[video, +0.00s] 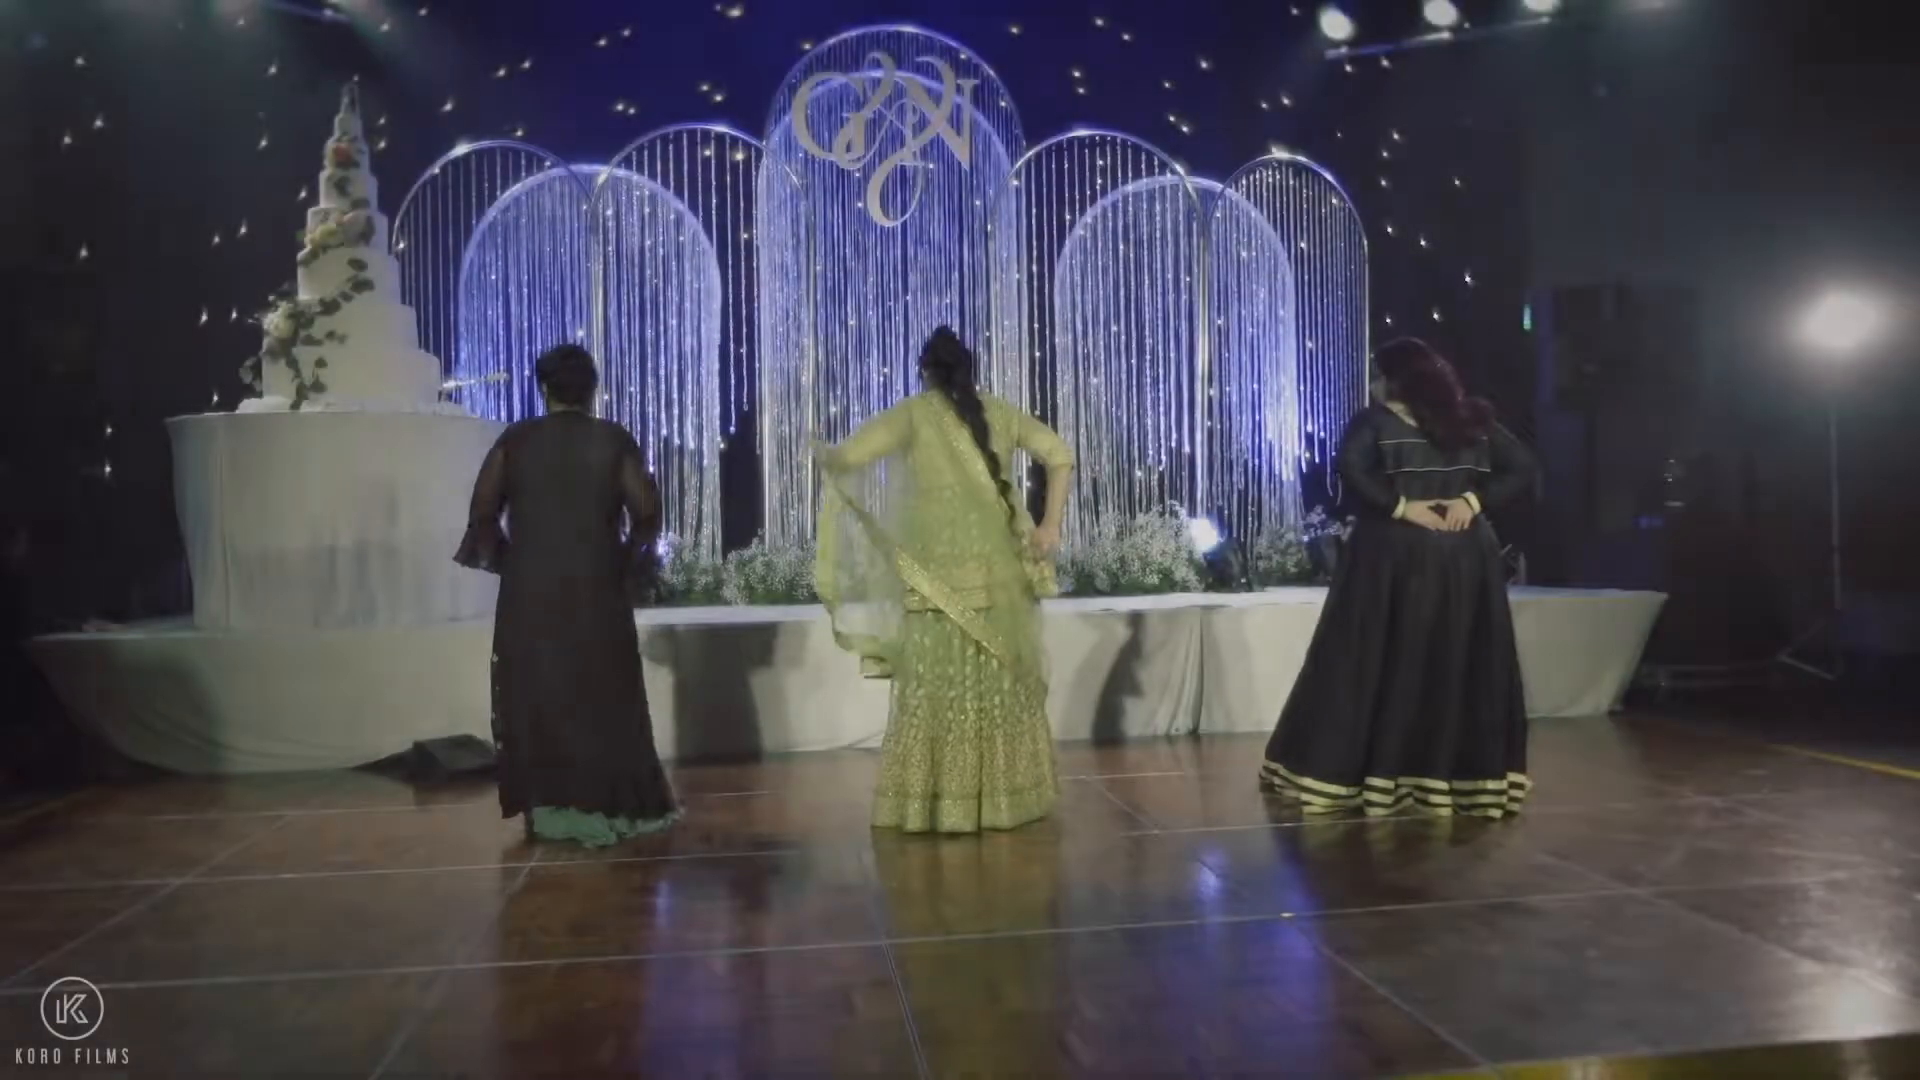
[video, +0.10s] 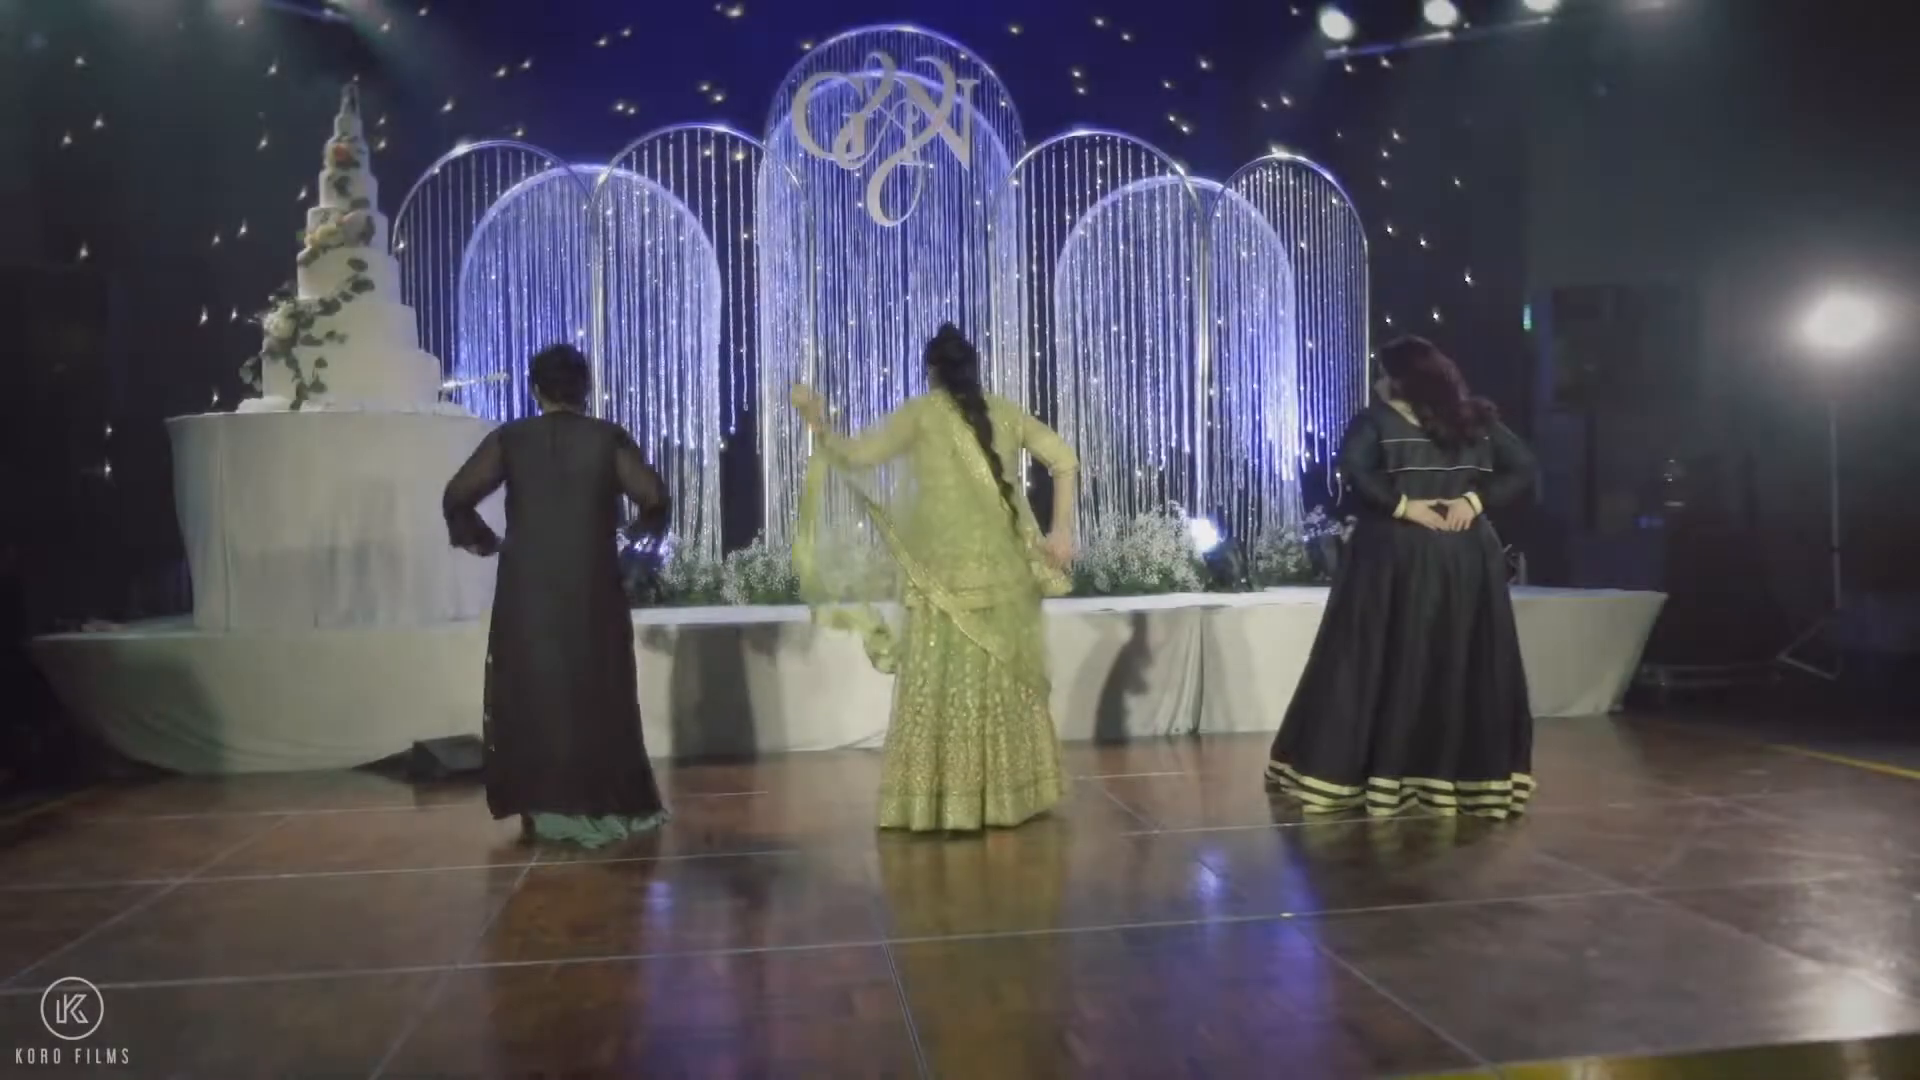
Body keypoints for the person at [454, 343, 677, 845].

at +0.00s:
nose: (571, 392)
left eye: (556, 385)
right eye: (581, 384)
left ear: (544, 389)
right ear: (592, 389)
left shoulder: (515, 441)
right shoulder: (614, 440)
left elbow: (482, 519)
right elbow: (648, 511)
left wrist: (515, 561)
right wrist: (626, 560)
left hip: (532, 591)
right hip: (595, 591)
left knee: (537, 697)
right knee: (602, 695)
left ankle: (545, 808)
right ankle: (608, 806)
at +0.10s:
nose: (555, 394)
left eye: (542, 386)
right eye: (573, 384)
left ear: (536, 391)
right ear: (585, 388)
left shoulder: (511, 437)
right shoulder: (609, 439)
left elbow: (457, 497)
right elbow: (654, 497)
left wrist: (478, 537)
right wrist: (645, 528)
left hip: (528, 588)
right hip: (590, 588)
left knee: (533, 696)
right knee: (595, 694)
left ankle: (540, 808)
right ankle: (600, 806)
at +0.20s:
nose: (541, 396)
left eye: (535, 388)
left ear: (532, 391)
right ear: (583, 390)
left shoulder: (504, 437)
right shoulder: (605, 438)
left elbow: (422, 477)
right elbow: (682, 479)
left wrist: (438, 502)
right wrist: (681, 500)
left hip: (526, 596)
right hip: (591, 595)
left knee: (533, 700)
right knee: (597, 699)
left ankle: (541, 811)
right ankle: (602, 810)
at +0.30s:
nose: (548, 394)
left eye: (537, 386)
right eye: (566, 383)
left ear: (530, 389)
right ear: (580, 388)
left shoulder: (503, 435)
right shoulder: (606, 435)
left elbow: (429, 443)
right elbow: (674, 449)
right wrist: (725, 450)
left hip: (525, 590)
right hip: (590, 590)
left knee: (533, 697)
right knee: (594, 694)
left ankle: (540, 812)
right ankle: (598, 810)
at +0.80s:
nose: (577, 395)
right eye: (581, 387)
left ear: (533, 389)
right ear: (581, 388)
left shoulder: (505, 429)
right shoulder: (605, 436)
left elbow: (431, 453)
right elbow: (679, 429)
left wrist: (382, 503)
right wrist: (698, 369)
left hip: (521, 585)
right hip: (585, 585)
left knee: (530, 693)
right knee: (593, 692)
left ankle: (537, 810)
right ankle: (599, 812)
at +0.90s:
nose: (588, 397)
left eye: (584, 391)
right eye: (586, 391)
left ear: (536, 391)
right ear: (581, 391)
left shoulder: (507, 430)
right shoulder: (605, 437)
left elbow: (437, 463)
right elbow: (676, 436)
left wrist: (438, 535)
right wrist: (664, 385)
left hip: (520, 584)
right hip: (584, 586)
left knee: (527, 691)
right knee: (592, 690)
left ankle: (535, 806)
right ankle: (595, 807)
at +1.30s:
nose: (595, 399)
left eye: (590, 392)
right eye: (594, 392)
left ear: (540, 393)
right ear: (588, 393)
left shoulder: (512, 433)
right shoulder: (613, 441)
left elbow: (441, 464)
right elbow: (683, 453)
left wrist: (400, 501)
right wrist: (677, 393)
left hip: (523, 587)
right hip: (588, 589)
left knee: (531, 693)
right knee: (594, 693)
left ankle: (537, 809)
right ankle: (596, 810)